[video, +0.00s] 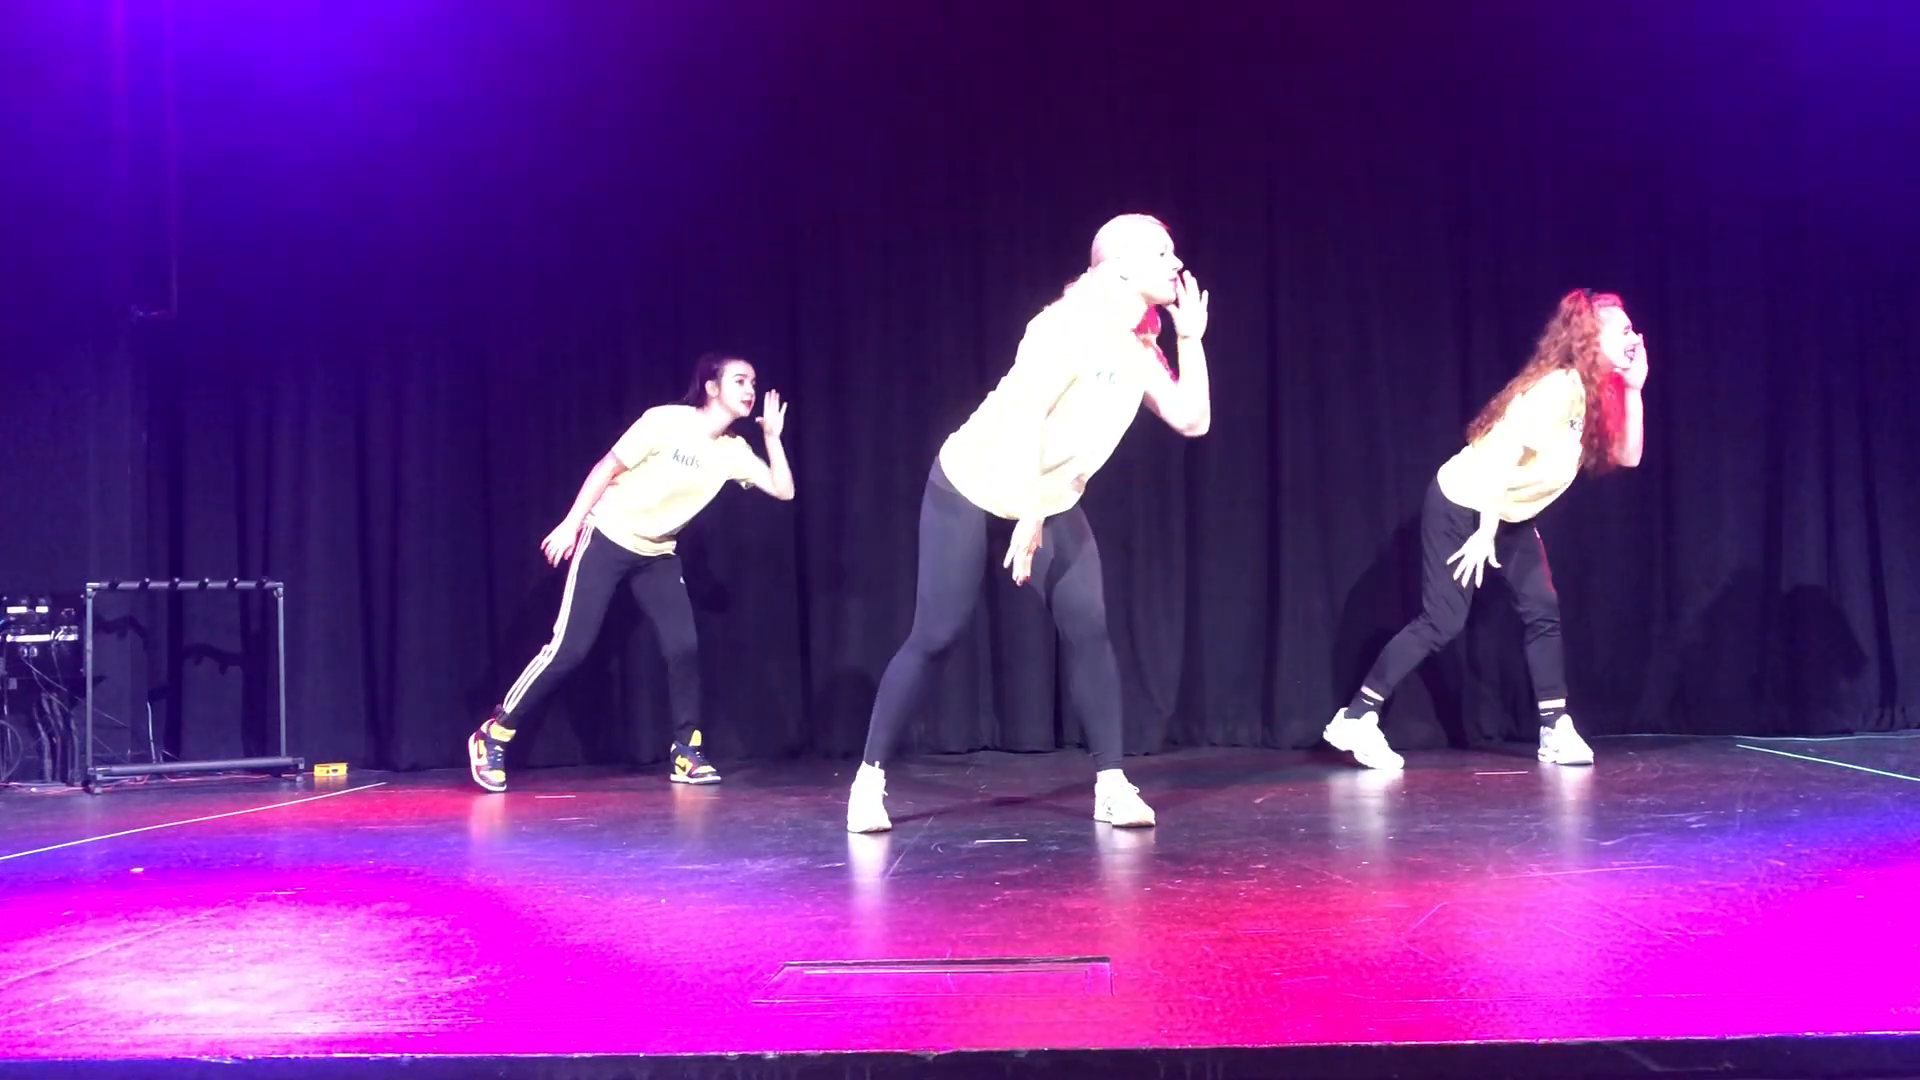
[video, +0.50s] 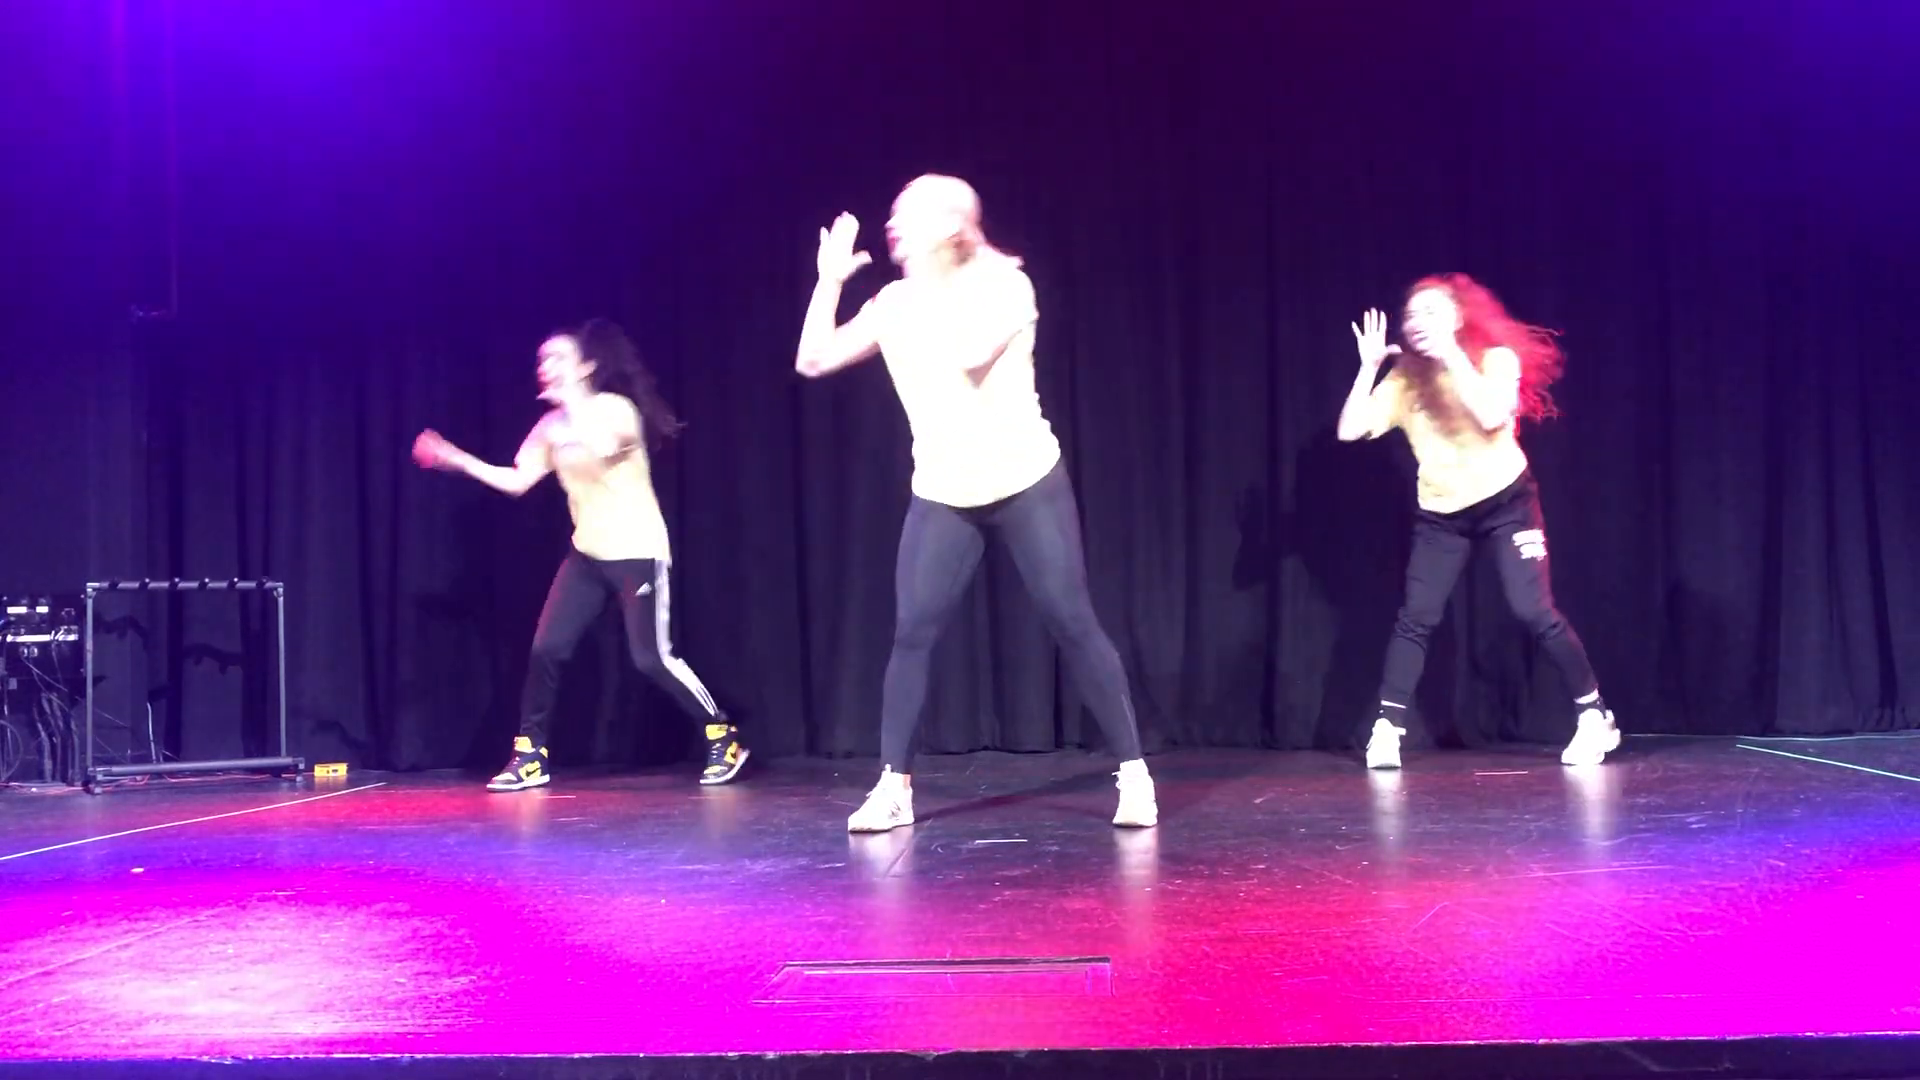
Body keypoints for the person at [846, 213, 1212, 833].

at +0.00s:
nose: (1175, 265)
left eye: (1173, 254)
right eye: (1159, 254)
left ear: (1161, 268)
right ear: (1115, 265)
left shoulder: (1138, 350)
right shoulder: (1074, 319)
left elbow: (1192, 419)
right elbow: (1024, 409)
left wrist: (1190, 336)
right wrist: (1029, 505)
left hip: (1050, 494)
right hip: (972, 484)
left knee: (1089, 627)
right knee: (936, 631)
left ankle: (1112, 781)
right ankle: (870, 777)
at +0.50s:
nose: (892, 223)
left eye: (907, 212)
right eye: (895, 213)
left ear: (953, 224)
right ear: (909, 229)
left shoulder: (1002, 281)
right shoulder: (892, 304)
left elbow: (975, 358)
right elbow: (813, 359)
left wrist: (947, 273)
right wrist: (830, 280)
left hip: (1025, 479)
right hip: (942, 490)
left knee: (1069, 619)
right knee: (913, 628)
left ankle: (1132, 769)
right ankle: (893, 785)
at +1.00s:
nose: (792, 274)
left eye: (805, 263)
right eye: (794, 264)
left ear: (850, 270)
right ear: (810, 277)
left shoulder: (892, 318)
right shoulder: (830, 343)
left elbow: (851, 396)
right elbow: (780, 426)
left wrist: (806, 330)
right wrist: (781, 349)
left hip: (994, 487)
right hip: (925, 507)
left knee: (1038, 628)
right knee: (893, 632)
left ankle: (1131, 766)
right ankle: (893, 788)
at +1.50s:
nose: (780, 339)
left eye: (789, 324)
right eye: (777, 325)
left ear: (828, 324)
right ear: (782, 336)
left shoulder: (885, 358)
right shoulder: (819, 398)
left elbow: (869, 443)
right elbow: (781, 479)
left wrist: (803, 397)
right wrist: (770, 411)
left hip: (1024, 487)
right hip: (947, 514)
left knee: (1068, 618)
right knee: (914, 638)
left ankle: (1136, 772)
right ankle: (893, 787)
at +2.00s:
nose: (1058, 396)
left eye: (1066, 381)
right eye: (1044, 384)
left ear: (1076, 383)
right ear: (1008, 387)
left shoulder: (1090, 426)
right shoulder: (967, 427)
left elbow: (1141, 530)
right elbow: (935, 531)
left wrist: (1101, 447)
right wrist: (1007, 465)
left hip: (1051, 525)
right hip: (964, 525)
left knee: (1086, 634)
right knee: (929, 634)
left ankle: (1137, 779)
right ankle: (891, 785)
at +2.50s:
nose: (1158, 251)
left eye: (1153, 240)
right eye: (1142, 237)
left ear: (1132, 259)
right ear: (1100, 254)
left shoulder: (1133, 352)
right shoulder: (1055, 292)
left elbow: (1197, 410)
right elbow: (1101, 332)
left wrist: (1184, 322)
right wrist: (1143, 281)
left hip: (1043, 504)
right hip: (960, 492)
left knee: (1083, 632)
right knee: (931, 633)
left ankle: (1131, 778)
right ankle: (891, 782)